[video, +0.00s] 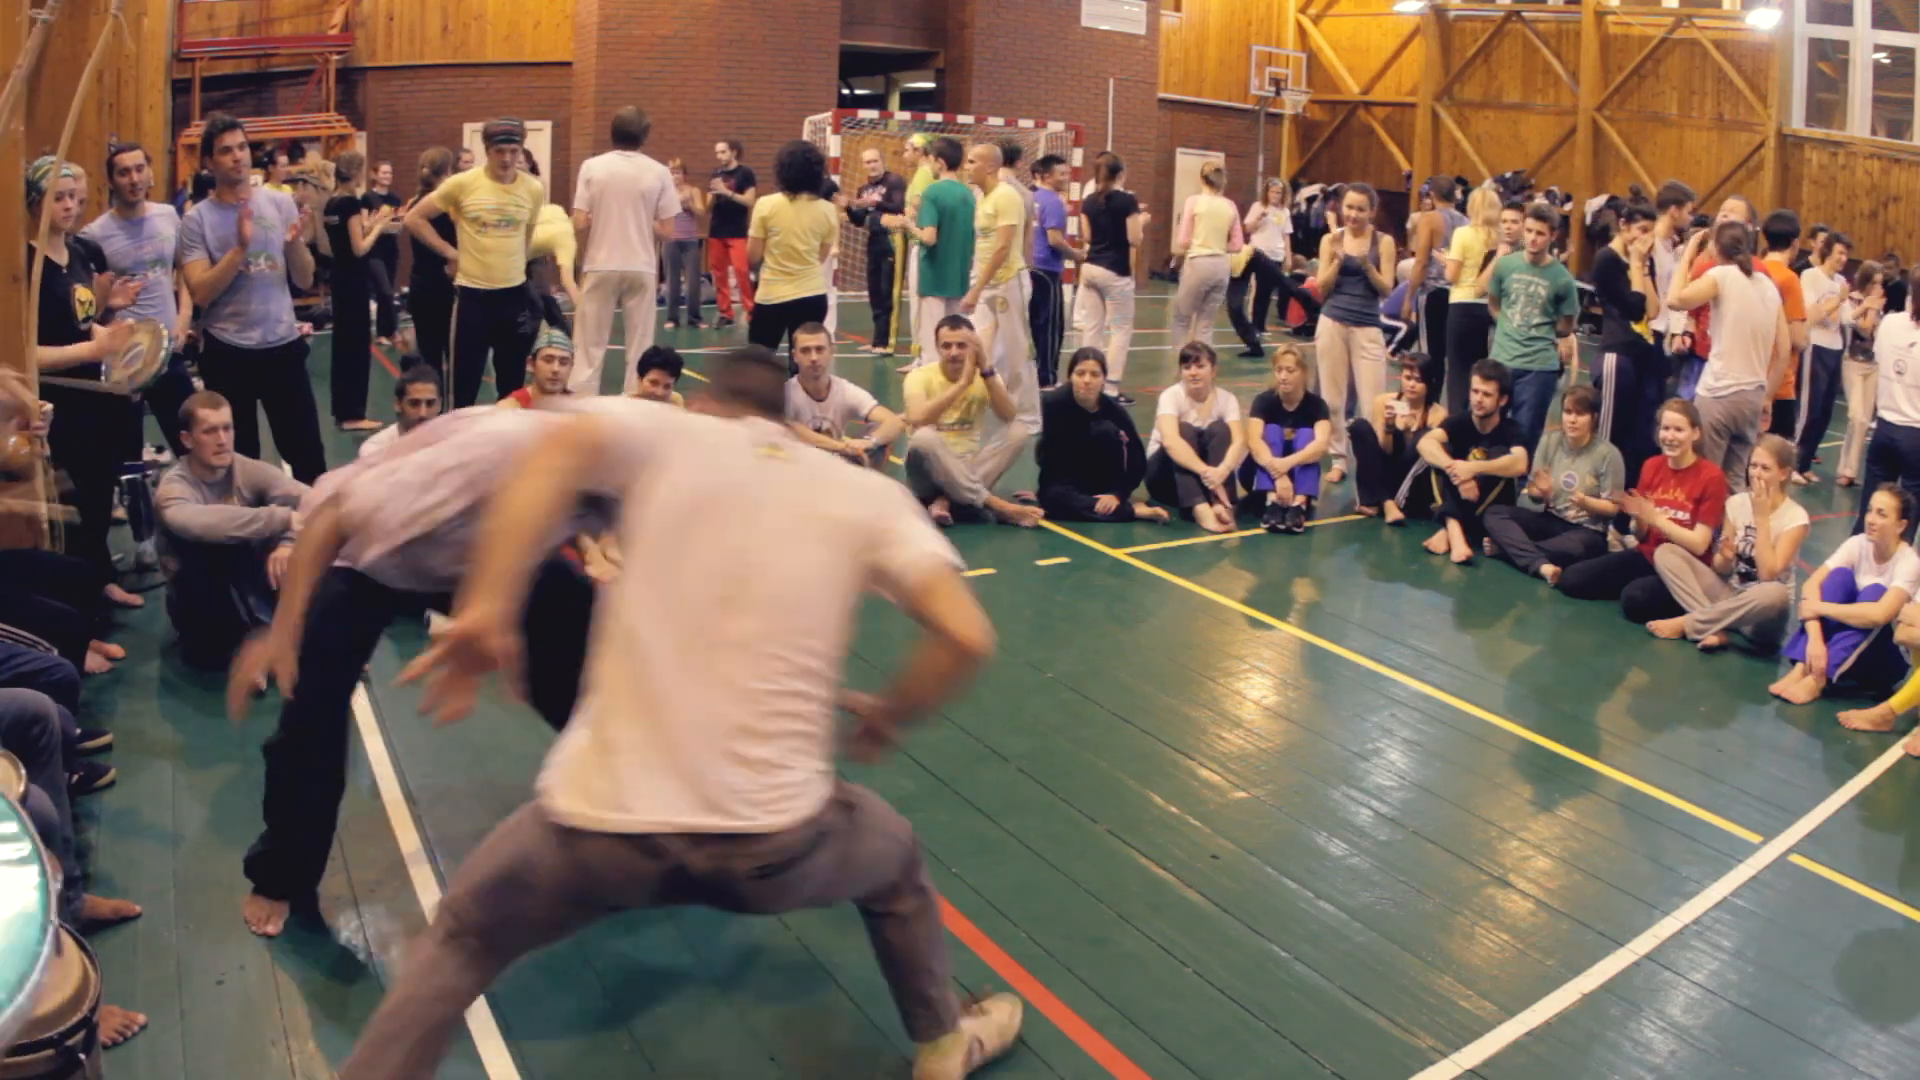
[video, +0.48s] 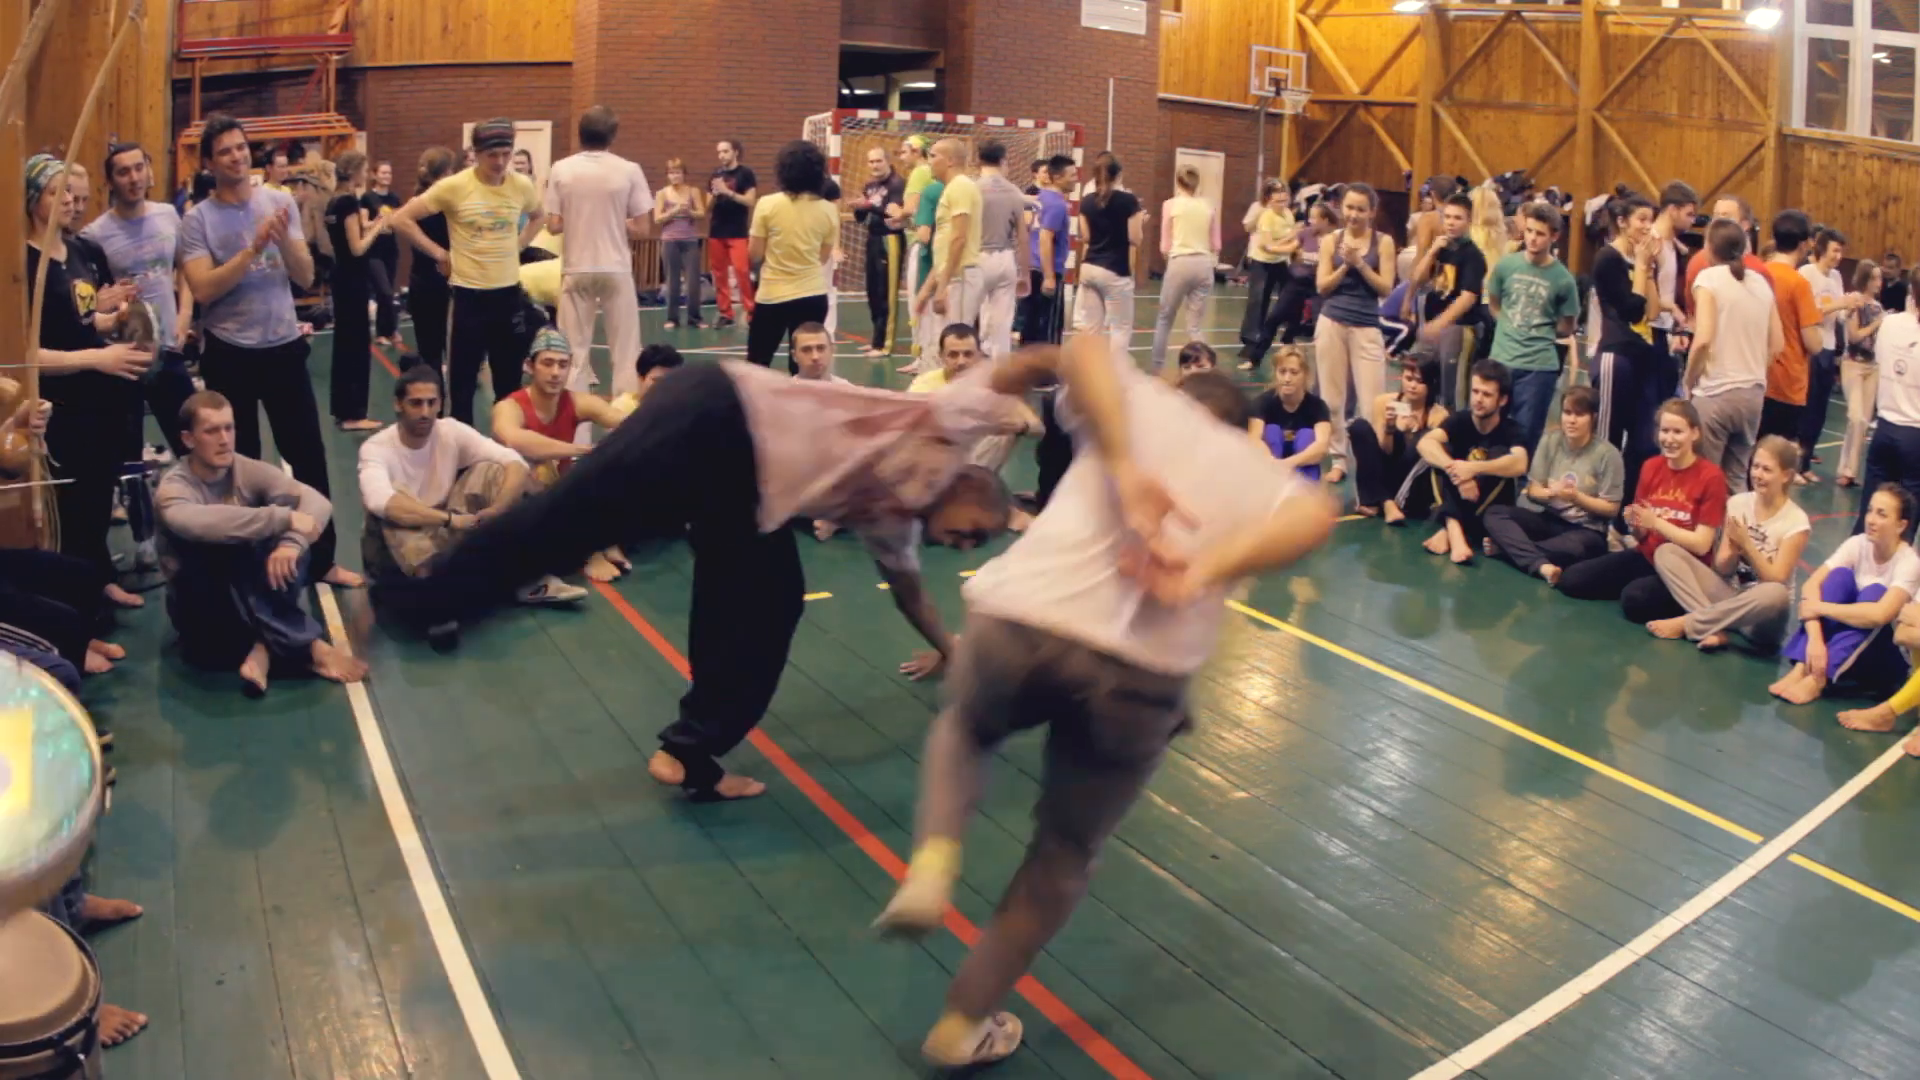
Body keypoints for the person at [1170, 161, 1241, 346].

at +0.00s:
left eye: (1201, 179)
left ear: (1202, 180)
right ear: (1223, 181)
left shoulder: (1193, 202)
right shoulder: (1230, 206)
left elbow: (1184, 240)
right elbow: (1237, 245)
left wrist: (1179, 255)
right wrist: (1217, 244)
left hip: (1198, 260)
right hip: (1222, 260)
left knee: (1181, 318)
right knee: (1206, 322)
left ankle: (1181, 366)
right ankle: (1203, 367)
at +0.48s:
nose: (1178, 186)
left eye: (1178, 182)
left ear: (1177, 183)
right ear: (1197, 184)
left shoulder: (1169, 205)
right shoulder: (1208, 206)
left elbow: (1165, 245)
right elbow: (1216, 244)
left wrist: (1173, 259)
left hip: (1179, 259)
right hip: (1204, 259)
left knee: (1165, 318)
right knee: (1195, 323)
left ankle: (1157, 366)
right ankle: (1199, 368)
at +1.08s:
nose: (1143, 225)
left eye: (1143, 222)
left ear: (1146, 223)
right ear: (1164, 221)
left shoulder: (1144, 242)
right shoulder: (1176, 237)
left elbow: (1135, 274)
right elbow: (1188, 266)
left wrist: (1144, 281)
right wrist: (1185, 279)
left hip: (1163, 288)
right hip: (1186, 287)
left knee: (1139, 329)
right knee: (1152, 330)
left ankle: (1153, 375)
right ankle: (1157, 374)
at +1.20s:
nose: (1143, 219)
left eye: (1143, 216)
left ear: (1146, 218)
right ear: (1164, 216)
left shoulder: (1144, 236)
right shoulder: (1177, 232)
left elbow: (1134, 271)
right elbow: (1191, 266)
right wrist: (1178, 274)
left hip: (1160, 283)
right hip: (1184, 282)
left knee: (1138, 327)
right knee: (1151, 330)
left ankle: (1153, 375)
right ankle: (1156, 375)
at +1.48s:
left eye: (1151, 179)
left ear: (1151, 180)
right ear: (1171, 179)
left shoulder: (1144, 202)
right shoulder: (1184, 202)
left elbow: (1140, 234)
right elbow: (1199, 229)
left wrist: (1146, 245)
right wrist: (1182, 239)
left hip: (1158, 251)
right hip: (1182, 251)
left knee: (1149, 314)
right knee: (1176, 314)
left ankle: (1160, 371)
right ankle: (1179, 368)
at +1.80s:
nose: (1167, 184)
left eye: (1167, 181)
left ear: (1166, 184)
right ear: (1184, 185)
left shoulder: (1155, 204)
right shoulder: (1192, 206)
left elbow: (1144, 238)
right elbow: (1202, 240)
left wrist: (1156, 248)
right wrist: (1187, 248)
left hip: (1159, 255)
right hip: (1183, 256)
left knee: (1151, 312)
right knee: (1181, 313)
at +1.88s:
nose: (1170, 184)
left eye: (1170, 181)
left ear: (1170, 183)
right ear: (1188, 185)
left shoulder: (1159, 204)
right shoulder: (1196, 205)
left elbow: (1146, 237)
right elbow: (1204, 241)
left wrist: (1159, 247)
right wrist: (1190, 249)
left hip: (1163, 254)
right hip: (1186, 256)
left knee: (1154, 308)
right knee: (1187, 310)